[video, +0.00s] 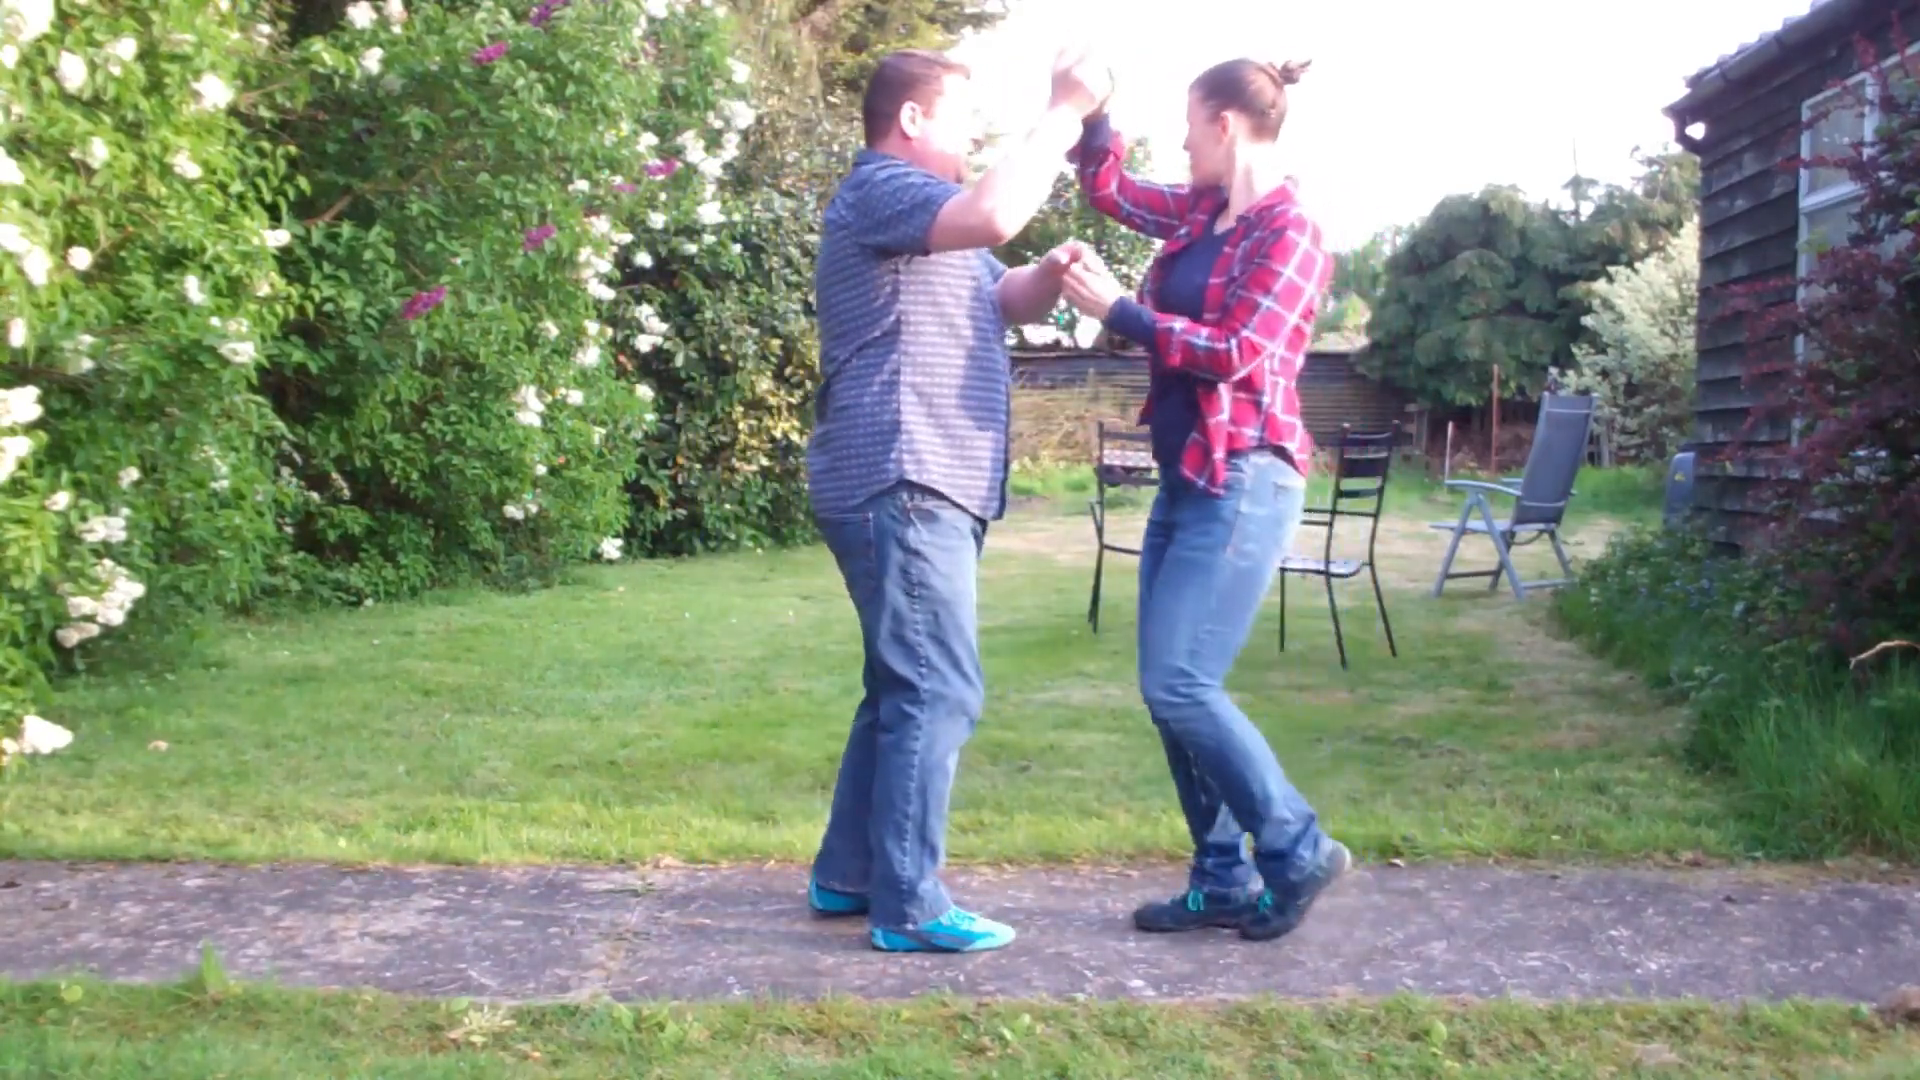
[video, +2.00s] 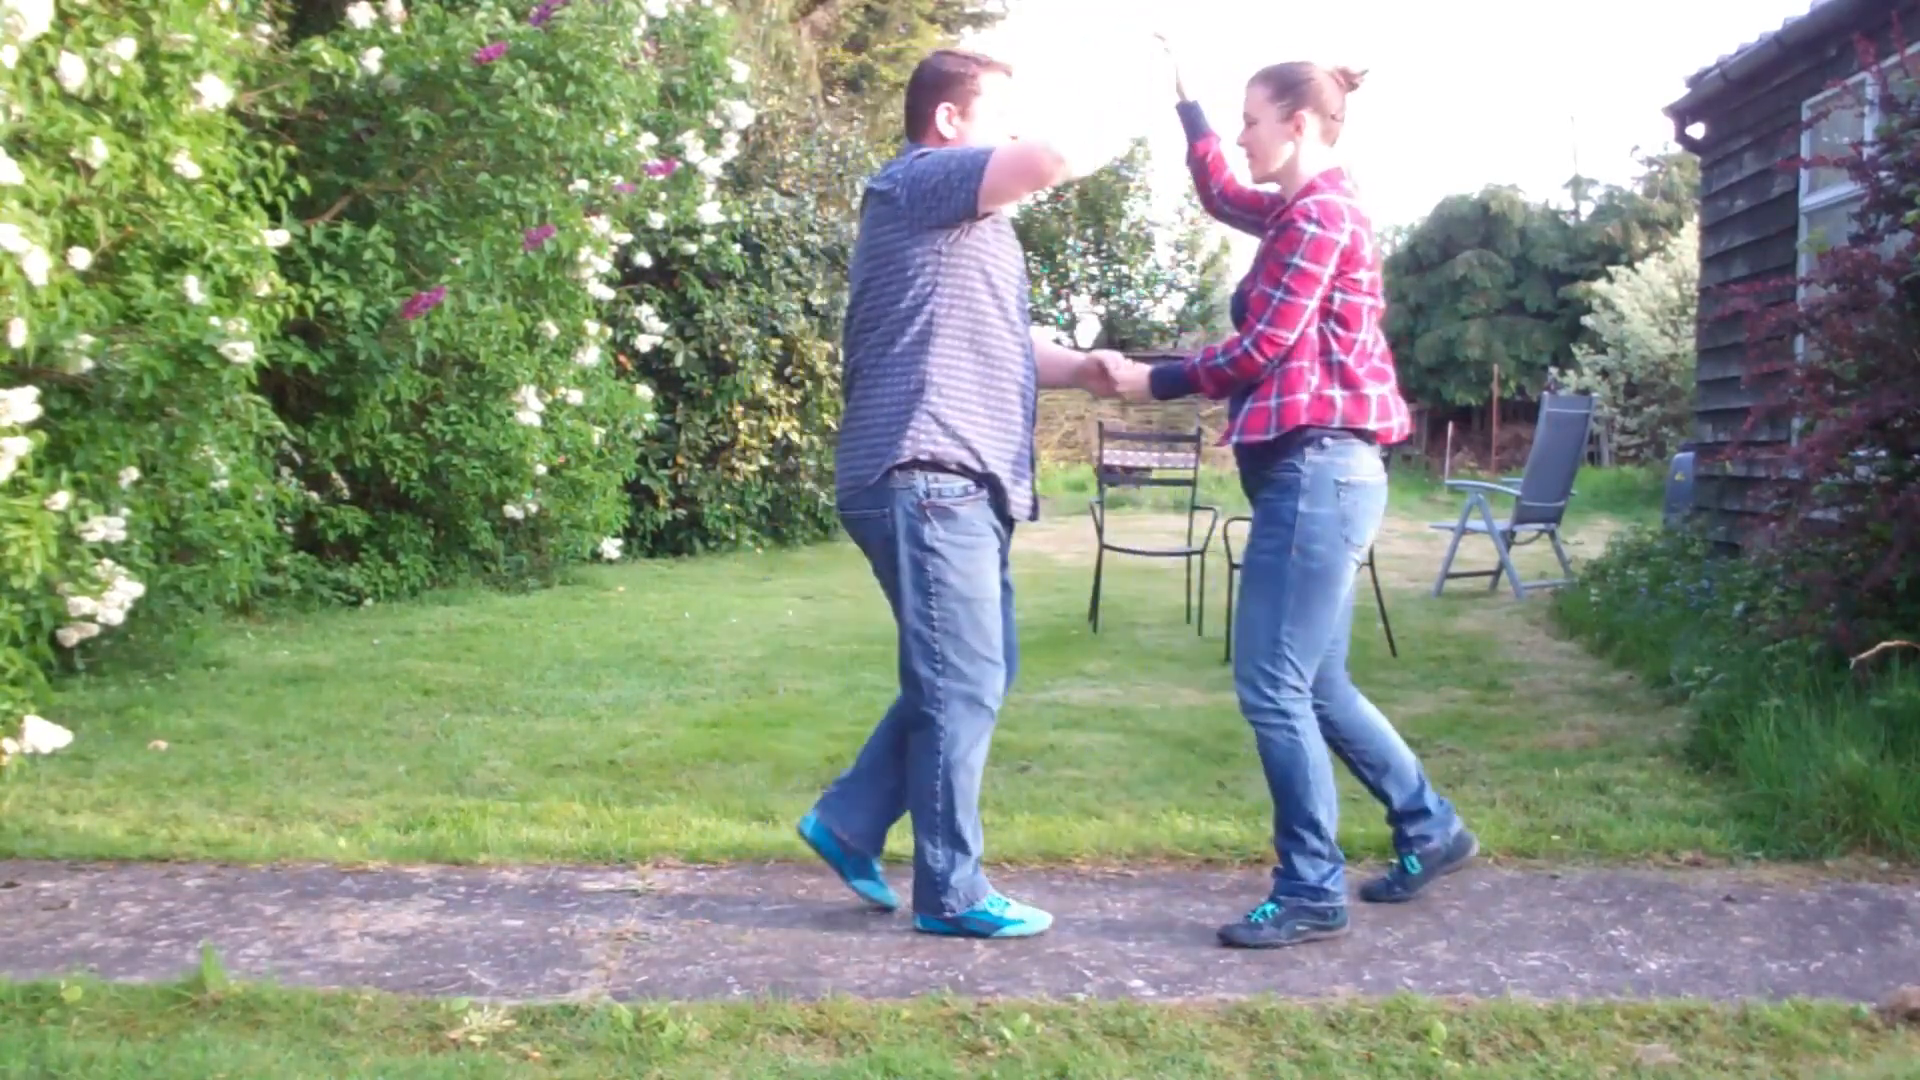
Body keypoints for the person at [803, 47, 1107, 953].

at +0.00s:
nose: (978, 130)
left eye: (978, 115)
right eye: (965, 112)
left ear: (909, 121)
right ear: (913, 118)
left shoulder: (927, 207)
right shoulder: (878, 190)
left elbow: (994, 303)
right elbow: (989, 212)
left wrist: (1054, 270)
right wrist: (1062, 116)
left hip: (928, 481)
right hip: (896, 480)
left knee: (903, 687)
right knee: (939, 690)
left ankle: (848, 874)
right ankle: (908, 905)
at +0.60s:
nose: (932, 124)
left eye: (932, 110)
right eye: (920, 109)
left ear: (869, 113)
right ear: (868, 112)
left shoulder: (888, 200)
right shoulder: (830, 176)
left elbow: (955, 202)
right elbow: (959, 139)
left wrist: (1027, 140)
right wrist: (996, 123)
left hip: (893, 495)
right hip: (835, 486)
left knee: (891, 691)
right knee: (838, 692)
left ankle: (847, 875)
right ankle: (746, 885)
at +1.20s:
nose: (919, 130)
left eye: (921, 115)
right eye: (907, 114)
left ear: (874, 122)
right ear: (852, 117)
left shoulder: (892, 186)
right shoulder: (793, 192)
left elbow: (982, 129)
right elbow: (843, 250)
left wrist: (1046, 33)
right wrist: (965, 192)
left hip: (863, 481)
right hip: (800, 478)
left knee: (819, 675)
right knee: (852, 668)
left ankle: (797, 863)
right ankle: (762, 870)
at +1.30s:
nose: (923, 134)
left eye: (924, 119)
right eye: (911, 118)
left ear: (873, 124)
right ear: (855, 121)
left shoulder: (891, 189)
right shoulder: (800, 206)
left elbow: (985, 144)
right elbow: (830, 321)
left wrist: (1031, 64)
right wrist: (953, 326)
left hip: (858, 474)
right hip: (801, 471)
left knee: (806, 668)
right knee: (877, 659)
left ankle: (787, 857)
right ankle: (790, 864)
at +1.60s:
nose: (946, 142)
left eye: (944, 124)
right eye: (934, 123)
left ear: (885, 125)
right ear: (881, 123)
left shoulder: (899, 201)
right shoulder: (848, 207)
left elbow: (1004, 238)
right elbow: (921, 352)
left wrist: (1047, 205)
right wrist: (974, 345)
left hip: (854, 475)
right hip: (824, 474)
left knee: (809, 682)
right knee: (880, 676)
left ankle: (787, 877)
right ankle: (923, 881)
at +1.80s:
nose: (972, 144)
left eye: (972, 128)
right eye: (961, 126)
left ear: (908, 124)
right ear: (910, 121)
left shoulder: (911, 205)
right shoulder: (879, 191)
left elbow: (996, 292)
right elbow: (1013, 250)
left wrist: (1069, 300)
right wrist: (1024, 191)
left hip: (877, 478)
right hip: (872, 478)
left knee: (844, 686)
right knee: (918, 682)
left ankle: (794, 873)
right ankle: (943, 887)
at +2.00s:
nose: (1014, 125)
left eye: (1012, 110)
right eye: (999, 108)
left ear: (956, 120)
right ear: (948, 117)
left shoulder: (978, 220)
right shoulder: (911, 183)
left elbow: (1003, 350)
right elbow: (1044, 162)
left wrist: (1092, 365)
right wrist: (1111, 120)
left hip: (971, 478)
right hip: (921, 471)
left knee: (979, 673)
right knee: (958, 680)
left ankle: (847, 822)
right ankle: (951, 889)